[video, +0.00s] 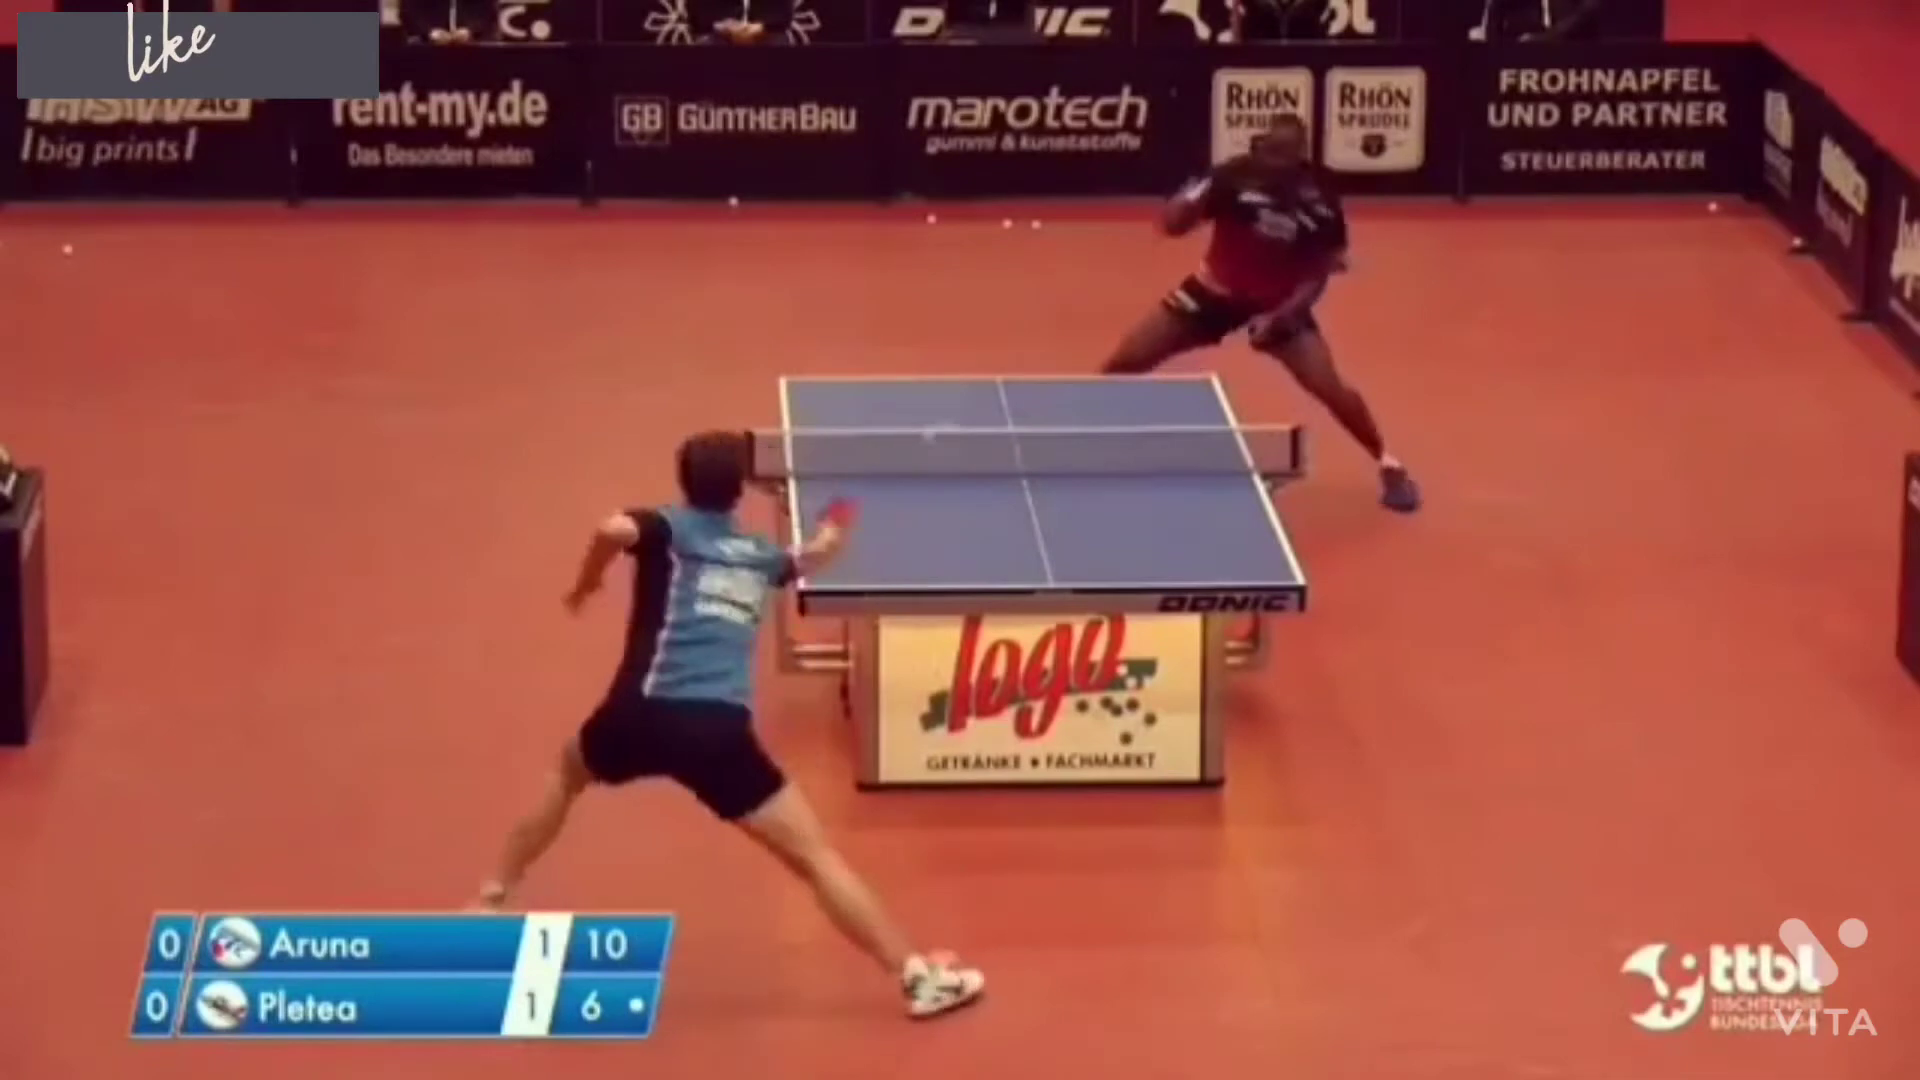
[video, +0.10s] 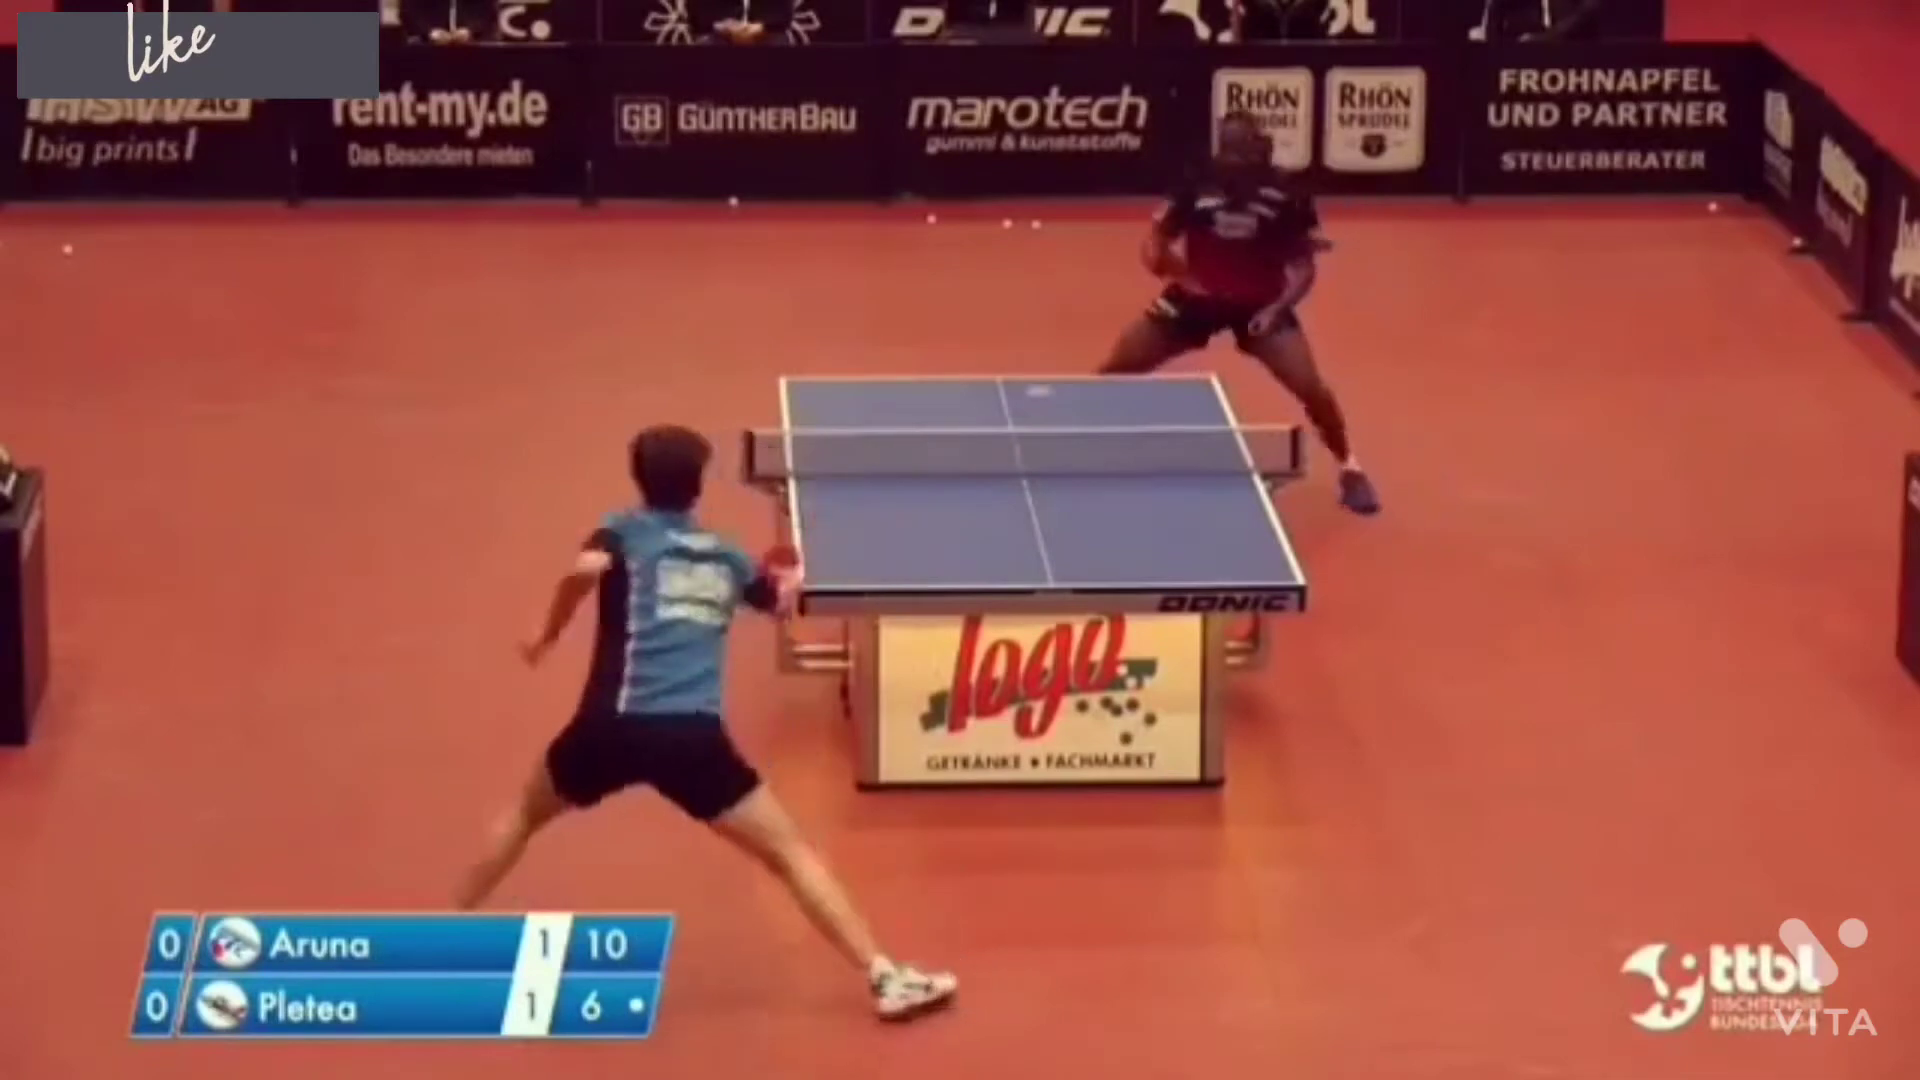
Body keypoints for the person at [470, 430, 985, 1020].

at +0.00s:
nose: (743, 488)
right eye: (744, 479)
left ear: (686, 483)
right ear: (740, 490)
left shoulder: (666, 525)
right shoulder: (762, 553)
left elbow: (610, 532)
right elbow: (805, 563)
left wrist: (585, 585)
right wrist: (831, 539)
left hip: (638, 718)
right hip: (719, 732)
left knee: (567, 779)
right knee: (816, 858)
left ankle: (497, 889)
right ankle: (916, 973)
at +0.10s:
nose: (694, 484)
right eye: (696, 474)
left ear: (640, 481)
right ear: (697, 486)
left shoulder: (621, 532)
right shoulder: (723, 554)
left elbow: (581, 575)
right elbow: (776, 603)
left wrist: (545, 638)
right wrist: (781, 574)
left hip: (612, 733)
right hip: (693, 740)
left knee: (525, 819)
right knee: (790, 853)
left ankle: (446, 929)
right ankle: (885, 975)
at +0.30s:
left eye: (669, 467)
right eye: (710, 470)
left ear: (656, 478)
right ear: (715, 482)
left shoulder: (617, 541)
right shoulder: (741, 557)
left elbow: (545, 579)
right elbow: (795, 619)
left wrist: (563, 618)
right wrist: (812, 591)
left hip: (617, 730)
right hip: (708, 734)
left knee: (526, 807)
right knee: (816, 816)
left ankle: (446, 925)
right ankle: (870, 946)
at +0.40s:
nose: (787, 480)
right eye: (785, 471)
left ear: (720, 474)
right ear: (779, 480)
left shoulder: (678, 529)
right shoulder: (790, 553)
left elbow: (599, 573)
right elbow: (850, 617)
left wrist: (634, 599)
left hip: (658, 720)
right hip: (741, 728)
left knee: (578, 780)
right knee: (849, 829)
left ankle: (523, 905)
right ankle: (933, 960)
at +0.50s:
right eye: (827, 499)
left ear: (772, 499)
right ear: (825, 511)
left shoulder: (721, 554)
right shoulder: (828, 581)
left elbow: (655, 591)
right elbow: (860, 664)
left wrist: (718, 602)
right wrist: (897, 670)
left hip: (688, 743)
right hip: (769, 752)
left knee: (614, 806)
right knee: (880, 821)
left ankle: (554, 928)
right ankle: (941, 960)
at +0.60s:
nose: (954, 536)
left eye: (947, 522)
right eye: (951, 526)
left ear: (897, 519)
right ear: (940, 536)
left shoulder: (852, 561)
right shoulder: (911, 606)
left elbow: (797, 562)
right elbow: (905, 705)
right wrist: (978, 762)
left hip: (756, 733)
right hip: (826, 750)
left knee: (674, 831)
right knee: (958, 810)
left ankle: (568, 919)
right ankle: (950, 964)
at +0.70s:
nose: (1042, 537)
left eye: (1038, 522)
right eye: (1039, 525)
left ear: (981, 521)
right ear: (1025, 535)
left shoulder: (936, 547)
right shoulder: (990, 600)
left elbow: (859, 538)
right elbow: (972, 680)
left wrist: (810, 592)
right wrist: (1029, 728)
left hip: (831, 714)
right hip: (895, 740)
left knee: (737, 811)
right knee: (1031, 813)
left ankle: (611, 893)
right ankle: (962, 955)